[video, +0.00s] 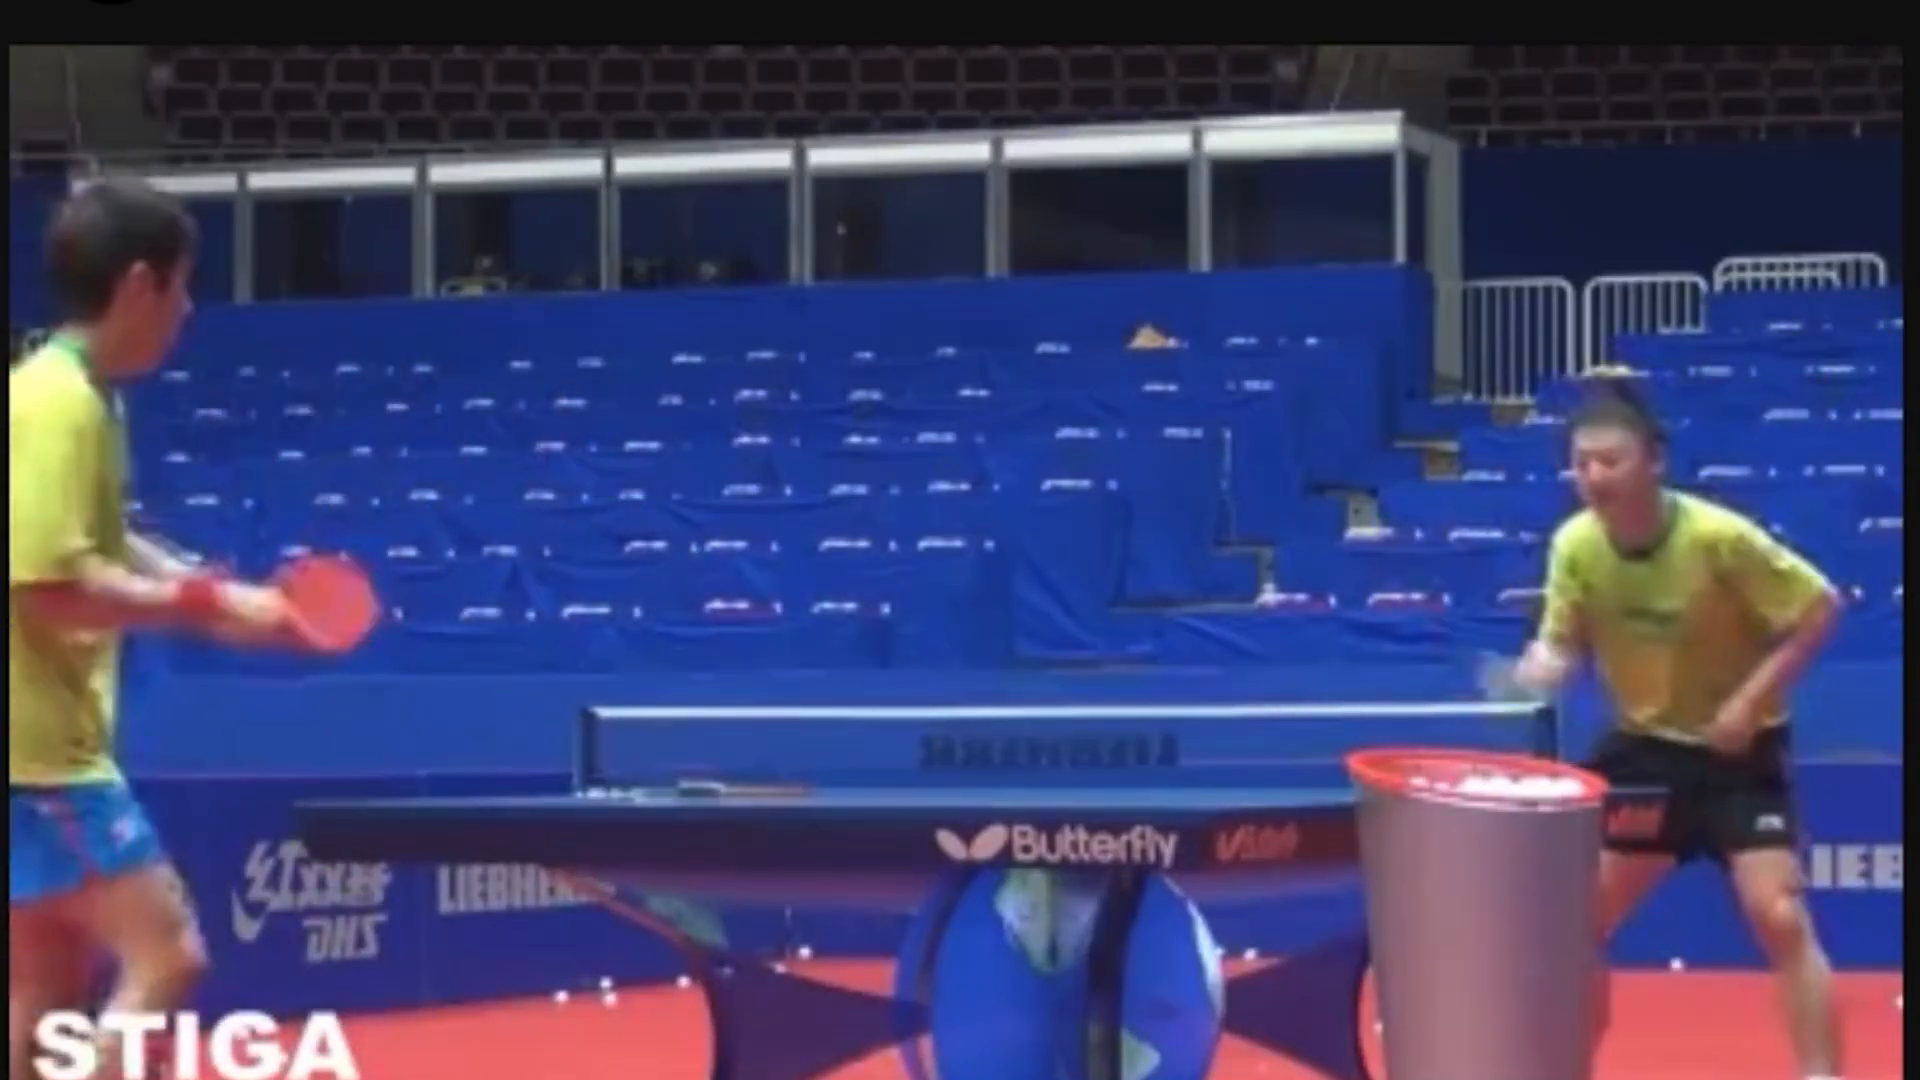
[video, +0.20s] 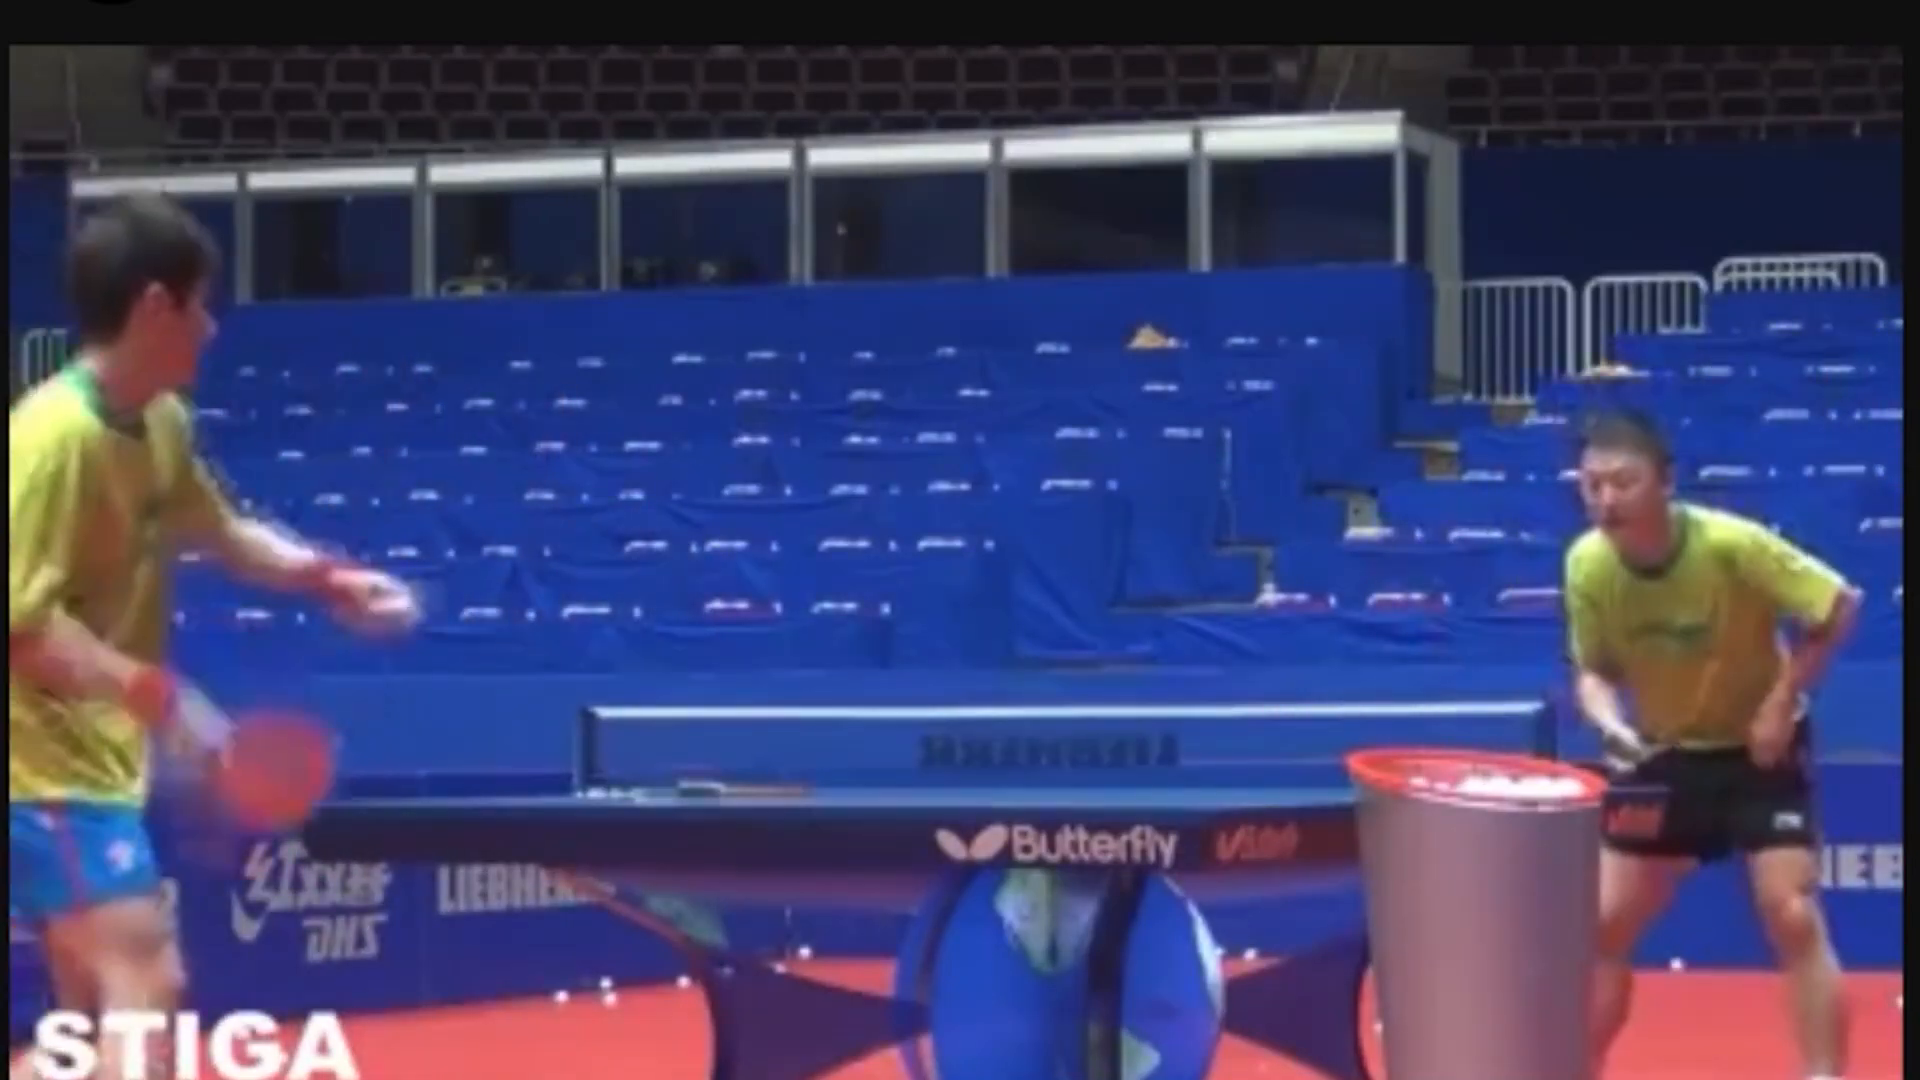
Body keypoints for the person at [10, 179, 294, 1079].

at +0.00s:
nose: (187, 312)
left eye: (186, 288)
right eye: (180, 287)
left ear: (120, 288)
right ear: (135, 287)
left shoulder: (77, 398)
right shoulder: (53, 402)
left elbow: (105, 546)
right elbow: (49, 590)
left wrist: (228, 595)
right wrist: (205, 607)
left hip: (47, 751)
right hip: (42, 757)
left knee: (44, 979)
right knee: (165, 953)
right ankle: (87, 1077)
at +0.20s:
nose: (209, 328)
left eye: (208, 306)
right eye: (200, 305)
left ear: (146, 308)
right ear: (153, 306)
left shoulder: (160, 419)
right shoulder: (52, 435)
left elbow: (216, 530)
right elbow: (26, 623)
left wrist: (324, 578)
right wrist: (157, 696)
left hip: (99, 756)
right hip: (48, 764)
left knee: (86, 996)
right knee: (143, 984)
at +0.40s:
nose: (255, 362)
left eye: (255, 341)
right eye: (248, 339)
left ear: (193, 345)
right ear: (193, 344)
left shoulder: (228, 442)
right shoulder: (61, 490)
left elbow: (323, 504)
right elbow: (12, 674)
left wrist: (467, 532)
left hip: (153, 773)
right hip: (71, 779)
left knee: (141, 1016)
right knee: (224, 985)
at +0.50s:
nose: (272, 391)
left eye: (271, 370)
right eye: (266, 368)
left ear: (213, 376)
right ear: (212, 375)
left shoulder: (249, 460)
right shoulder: (72, 517)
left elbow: (350, 501)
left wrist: (516, 497)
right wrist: (42, 720)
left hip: (166, 790)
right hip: (82, 794)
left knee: (159, 1026)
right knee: (252, 992)